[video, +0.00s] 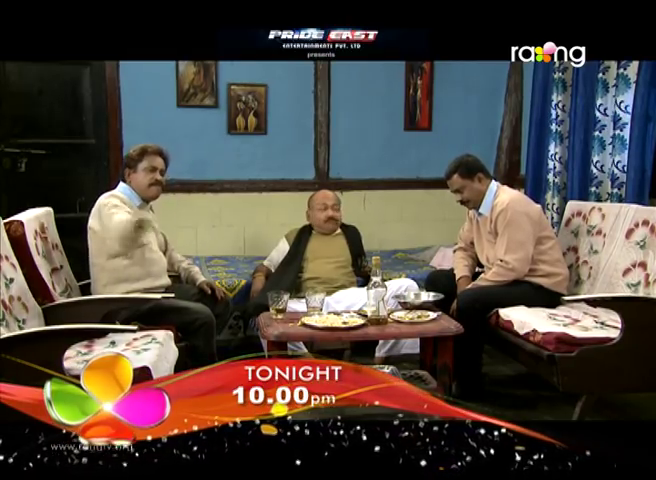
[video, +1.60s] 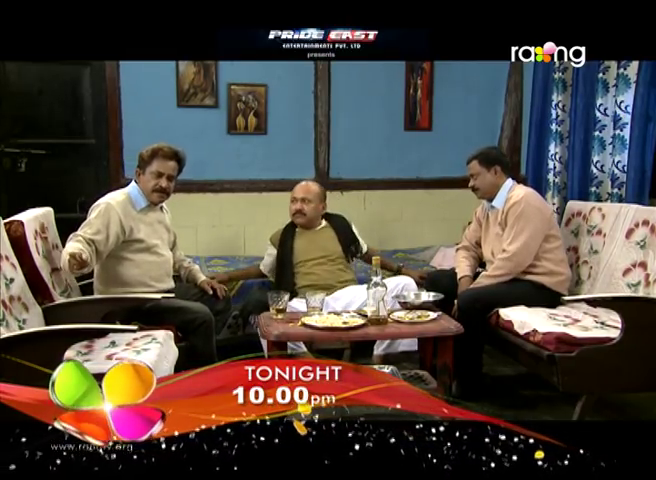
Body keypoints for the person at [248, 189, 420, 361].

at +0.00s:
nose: (331, 214)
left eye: (335, 208)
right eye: (323, 209)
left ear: (341, 211)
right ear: (309, 214)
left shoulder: (351, 233)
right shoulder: (297, 237)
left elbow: (361, 269)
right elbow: (265, 268)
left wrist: (377, 280)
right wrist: (255, 301)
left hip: (351, 297)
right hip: (311, 299)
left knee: (406, 285)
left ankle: (383, 363)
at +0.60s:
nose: (336, 213)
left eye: (337, 207)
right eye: (329, 209)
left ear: (340, 208)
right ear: (309, 214)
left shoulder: (347, 234)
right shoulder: (293, 237)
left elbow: (359, 267)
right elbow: (266, 267)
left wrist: (378, 276)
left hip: (351, 297)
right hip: (311, 299)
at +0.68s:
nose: (336, 213)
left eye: (337, 207)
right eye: (329, 209)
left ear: (340, 208)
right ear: (309, 214)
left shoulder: (346, 234)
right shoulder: (293, 237)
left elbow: (358, 267)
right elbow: (266, 266)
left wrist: (380, 272)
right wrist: (254, 278)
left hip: (350, 298)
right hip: (310, 300)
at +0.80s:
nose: (336, 212)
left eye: (337, 207)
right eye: (328, 208)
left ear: (339, 208)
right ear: (308, 214)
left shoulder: (346, 233)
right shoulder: (293, 236)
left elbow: (359, 267)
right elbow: (267, 267)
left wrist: (390, 270)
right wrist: (249, 277)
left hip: (350, 299)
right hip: (311, 300)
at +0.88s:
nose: (336, 212)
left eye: (337, 207)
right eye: (329, 208)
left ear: (339, 208)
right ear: (308, 213)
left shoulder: (345, 233)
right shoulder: (292, 236)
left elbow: (360, 267)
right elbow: (267, 267)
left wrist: (395, 270)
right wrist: (242, 274)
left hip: (351, 298)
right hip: (310, 300)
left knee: (406, 286)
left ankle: (379, 365)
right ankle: (312, 366)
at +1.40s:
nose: (303, 211)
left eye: (311, 207)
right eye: (299, 206)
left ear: (326, 211)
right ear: (295, 208)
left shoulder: (342, 230)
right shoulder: (288, 236)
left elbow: (362, 265)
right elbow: (265, 267)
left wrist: (398, 271)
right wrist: (239, 274)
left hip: (349, 295)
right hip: (308, 299)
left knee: (406, 285)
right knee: (286, 318)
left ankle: (379, 362)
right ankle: (309, 366)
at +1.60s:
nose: (297, 207)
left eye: (305, 202)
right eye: (294, 202)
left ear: (322, 206)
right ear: (289, 204)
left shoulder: (339, 224)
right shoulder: (283, 236)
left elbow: (368, 256)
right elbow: (264, 271)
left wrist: (403, 271)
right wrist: (229, 277)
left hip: (349, 295)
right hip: (308, 300)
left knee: (404, 287)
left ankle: (365, 364)